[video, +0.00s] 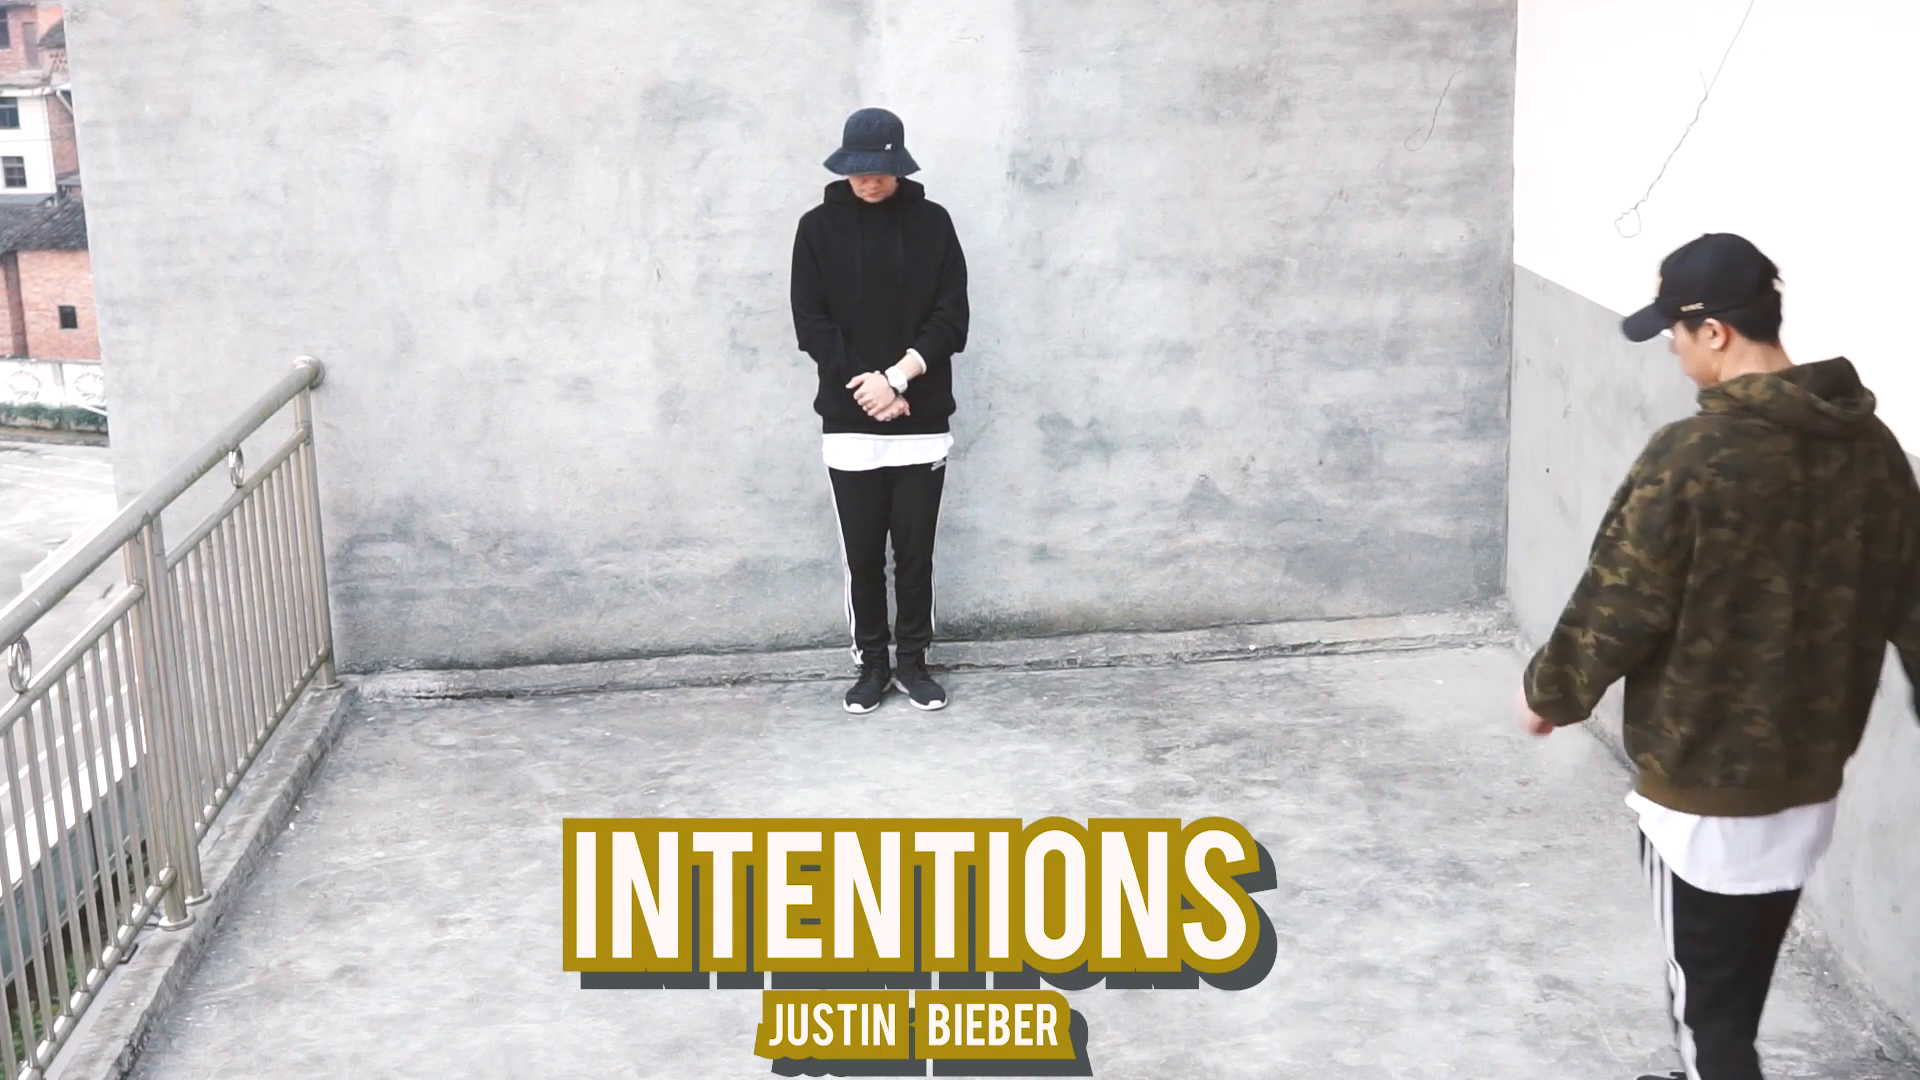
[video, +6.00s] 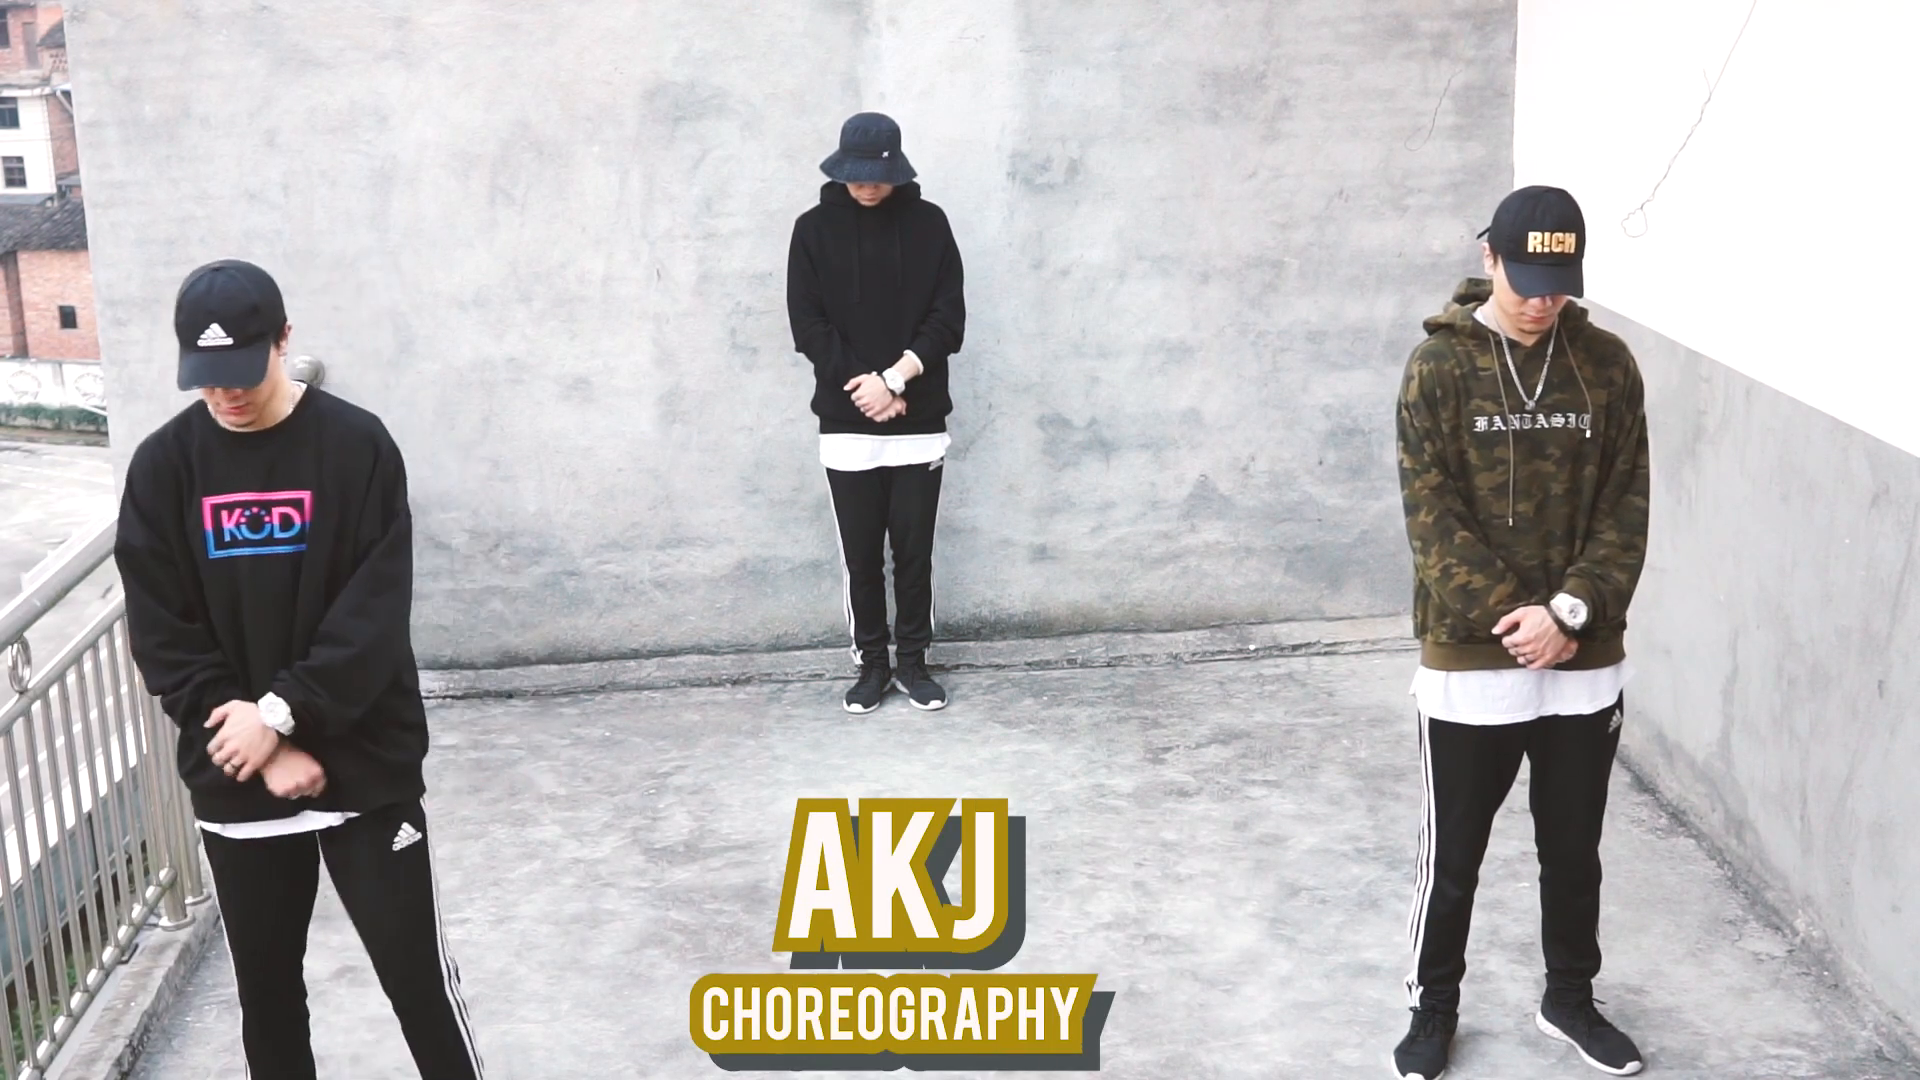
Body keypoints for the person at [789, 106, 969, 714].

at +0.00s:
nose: (870, 181)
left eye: (881, 170)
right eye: (859, 170)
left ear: (900, 167)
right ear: (844, 168)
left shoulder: (932, 221)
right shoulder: (818, 226)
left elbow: (952, 317)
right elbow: (810, 323)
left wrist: (897, 373)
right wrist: (866, 386)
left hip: (922, 415)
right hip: (847, 418)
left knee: (914, 551)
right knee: (863, 554)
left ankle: (913, 664)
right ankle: (872, 667)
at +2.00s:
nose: (866, 183)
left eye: (878, 173)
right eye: (856, 173)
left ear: (897, 169)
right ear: (841, 169)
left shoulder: (928, 222)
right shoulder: (815, 226)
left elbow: (948, 318)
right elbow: (807, 323)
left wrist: (894, 373)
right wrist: (863, 386)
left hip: (919, 413)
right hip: (845, 416)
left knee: (913, 548)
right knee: (861, 551)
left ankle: (913, 663)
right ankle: (872, 666)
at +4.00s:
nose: (868, 190)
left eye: (879, 180)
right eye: (858, 179)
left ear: (897, 173)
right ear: (841, 173)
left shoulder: (928, 222)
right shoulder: (815, 227)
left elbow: (948, 318)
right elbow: (808, 324)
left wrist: (895, 374)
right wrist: (863, 387)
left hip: (919, 415)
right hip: (845, 418)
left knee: (913, 549)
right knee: (861, 552)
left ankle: (913, 664)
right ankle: (872, 666)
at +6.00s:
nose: (867, 187)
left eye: (879, 177)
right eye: (857, 176)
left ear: (898, 172)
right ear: (841, 172)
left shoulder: (928, 222)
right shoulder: (814, 228)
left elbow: (949, 317)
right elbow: (806, 325)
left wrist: (896, 374)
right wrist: (863, 387)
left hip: (919, 416)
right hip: (845, 419)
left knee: (913, 549)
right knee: (861, 552)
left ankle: (912, 663)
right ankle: (872, 666)